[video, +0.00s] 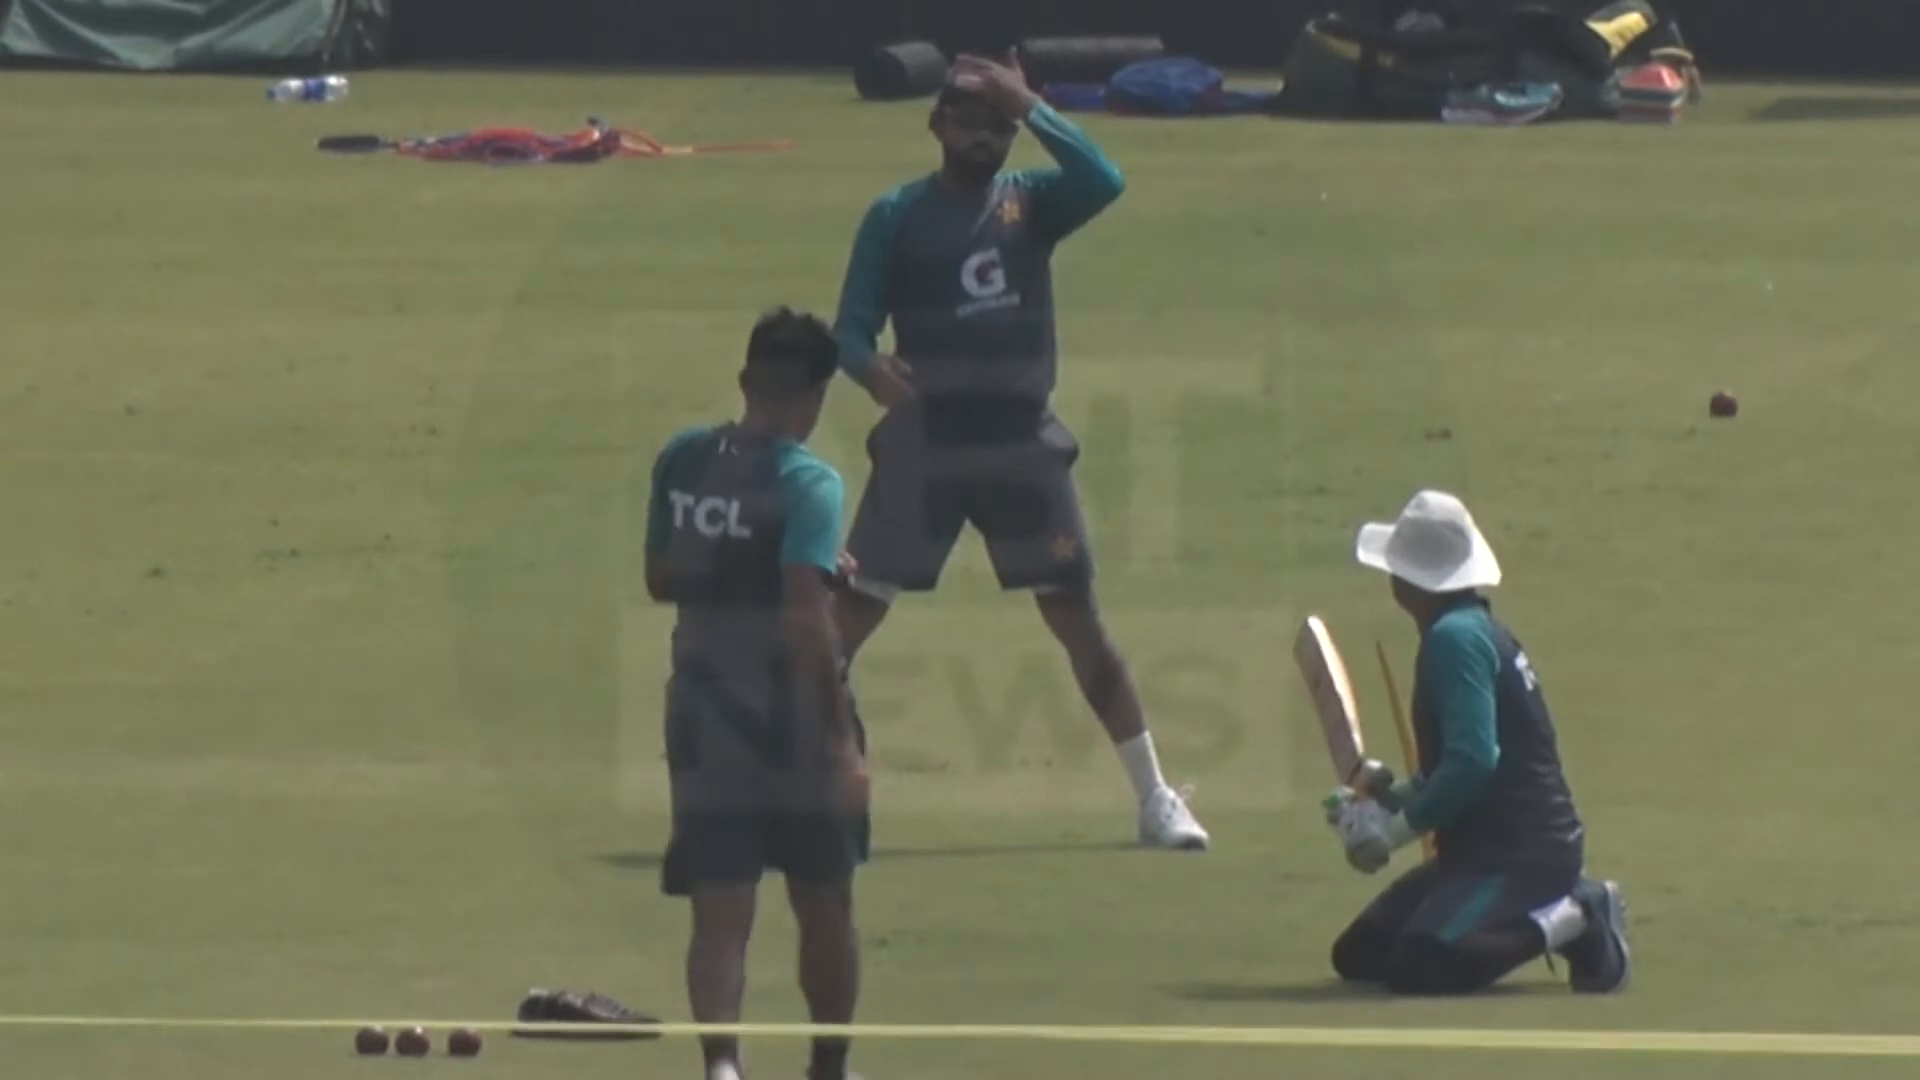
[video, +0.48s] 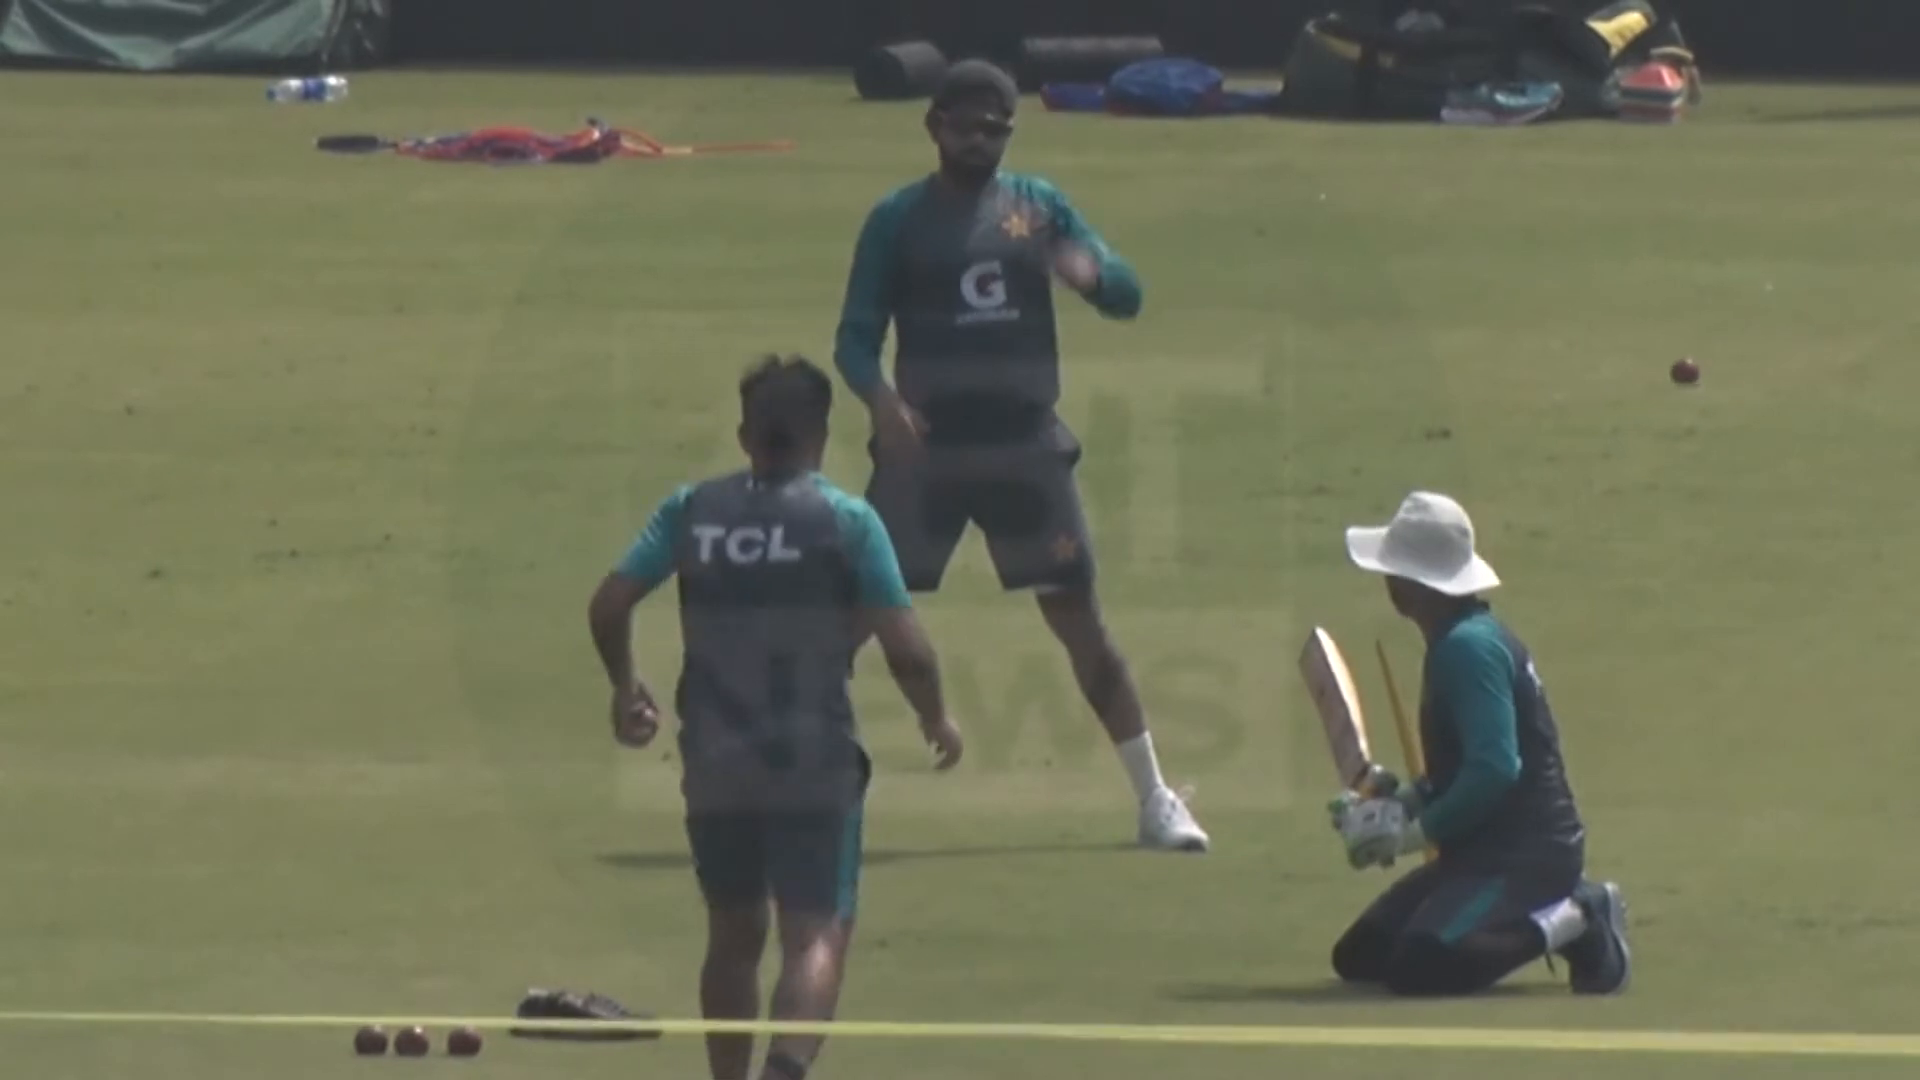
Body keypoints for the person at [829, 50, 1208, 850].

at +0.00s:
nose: (983, 139)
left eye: (997, 127)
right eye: (968, 122)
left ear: (1013, 135)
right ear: (937, 125)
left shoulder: (1030, 204)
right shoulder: (894, 218)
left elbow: (1102, 182)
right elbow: (850, 335)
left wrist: (1027, 104)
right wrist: (877, 375)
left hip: (1021, 442)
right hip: (922, 443)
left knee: (1080, 624)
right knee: (844, 622)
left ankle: (1155, 798)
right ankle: (774, 784)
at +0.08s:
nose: (988, 139)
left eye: (1001, 127)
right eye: (972, 121)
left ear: (1015, 135)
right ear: (940, 124)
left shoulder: (1030, 204)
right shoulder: (896, 217)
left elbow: (1101, 182)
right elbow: (849, 336)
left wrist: (1029, 102)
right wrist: (879, 380)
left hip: (1021, 442)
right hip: (923, 442)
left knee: (1079, 623)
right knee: (849, 619)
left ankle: (1156, 798)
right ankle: (775, 782)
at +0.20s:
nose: (991, 138)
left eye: (1004, 126)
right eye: (976, 121)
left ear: (1020, 134)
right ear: (942, 122)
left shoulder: (1033, 203)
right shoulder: (898, 217)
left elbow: (1111, 196)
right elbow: (852, 334)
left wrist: (1047, 105)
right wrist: (875, 377)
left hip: (1023, 443)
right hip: (924, 443)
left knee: (1081, 624)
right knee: (851, 620)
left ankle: (1155, 798)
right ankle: (771, 775)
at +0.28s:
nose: (988, 141)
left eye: (1001, 129)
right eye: (974, 126)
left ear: (1018, 135)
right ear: (941, 125)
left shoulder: (1034, 202)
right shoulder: (896, 219)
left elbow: (1122, 214)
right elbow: (852, 338)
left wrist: (1057, 120)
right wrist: (877, 385)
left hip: (1021, 439)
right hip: (923, 440)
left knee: (1079, 620)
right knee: (861, 613)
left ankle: (1155, 797)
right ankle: (809, 776)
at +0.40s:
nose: (982, 140)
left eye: (996, 128)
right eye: (968, 126)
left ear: (1012, 135)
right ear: (936, 126)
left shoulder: (1035, 204)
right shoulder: (894, 221)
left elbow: (1128, 270)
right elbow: (853, 339)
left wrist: (1089, 204)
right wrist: (878, 393)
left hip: (1021, 439)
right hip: (922, 442)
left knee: (1079, 621)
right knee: (858, 608)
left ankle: (1155, 798)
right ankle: (782, 763)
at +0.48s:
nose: (979, 143)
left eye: (993, 130)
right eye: (965, 129)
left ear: (1011, 135)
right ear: (934, 127)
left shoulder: (1037, 206)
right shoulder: (895, 222)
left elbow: (1126, 297)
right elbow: (853, 342)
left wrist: (1078, 267)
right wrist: (880, 401)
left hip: (1022, 442)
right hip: (923, 446)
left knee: (1080, 623)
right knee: (849, 615)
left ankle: (1155, 798)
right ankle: (778, 772)